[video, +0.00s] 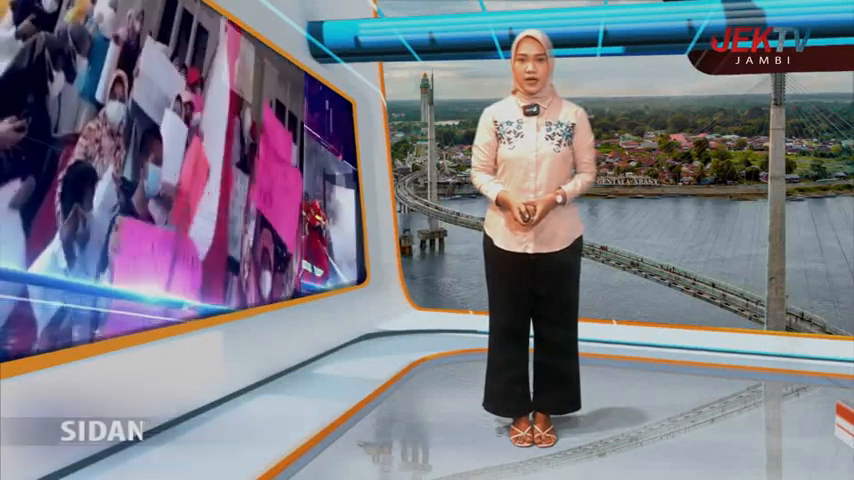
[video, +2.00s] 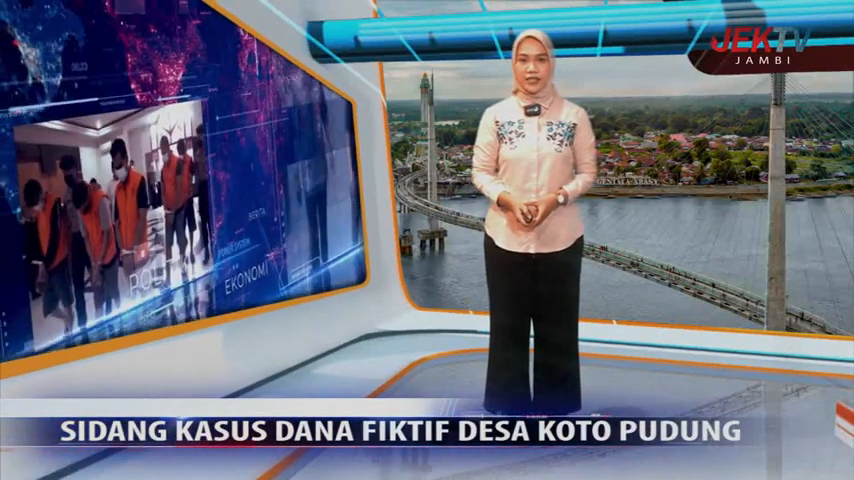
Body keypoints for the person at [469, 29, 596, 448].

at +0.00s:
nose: (531, 67)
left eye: (539, 59)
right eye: (523, 59)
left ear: (551, 64)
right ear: (512, 64)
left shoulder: (573, 115)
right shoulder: (494, 115)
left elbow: (587, 173)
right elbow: (480, 172)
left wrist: (555, 199)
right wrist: (506, 199)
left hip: (558, 241)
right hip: (506, 242)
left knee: (554, 328)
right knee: (510, 328)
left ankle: (543, 413)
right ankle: (519, 414)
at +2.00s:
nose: (532, 67)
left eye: (540, 59)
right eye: (523, 59)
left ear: (552, 65)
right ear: (513, 65)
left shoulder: (574, 116)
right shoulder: (495, 116)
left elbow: (587, 174)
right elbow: (481, 172)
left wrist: (554, 199)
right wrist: (509, 201)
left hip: (559, 244)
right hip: (506, 245)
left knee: (558, 338)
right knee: (508, 337)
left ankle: (557, 422)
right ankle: (506, 423)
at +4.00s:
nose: (531, 67)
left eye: (539, 60)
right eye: (523, 60)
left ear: (551, 65)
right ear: (512, 65)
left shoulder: (573, 115)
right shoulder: (494, 116)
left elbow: (587, 171)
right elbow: (479, 171)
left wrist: (561, 185)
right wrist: (506, 198)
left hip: (559, 241)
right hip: (507, 242)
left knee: (558, 337)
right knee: (507, 336)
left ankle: (558, 421)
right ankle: (506, 421)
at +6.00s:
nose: (532, 67)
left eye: (540, 60)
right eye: (523, 60)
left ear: (552, 65)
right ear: (513, 65)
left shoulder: (574, 116)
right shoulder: (494, 116)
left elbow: (588, 173)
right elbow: (480, 172)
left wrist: (553, 198)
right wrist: (508, 200)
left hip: (559, 243)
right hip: (506, 244)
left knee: (558, 337)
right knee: (508, 335)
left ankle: (557, 421)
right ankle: (506, 421)